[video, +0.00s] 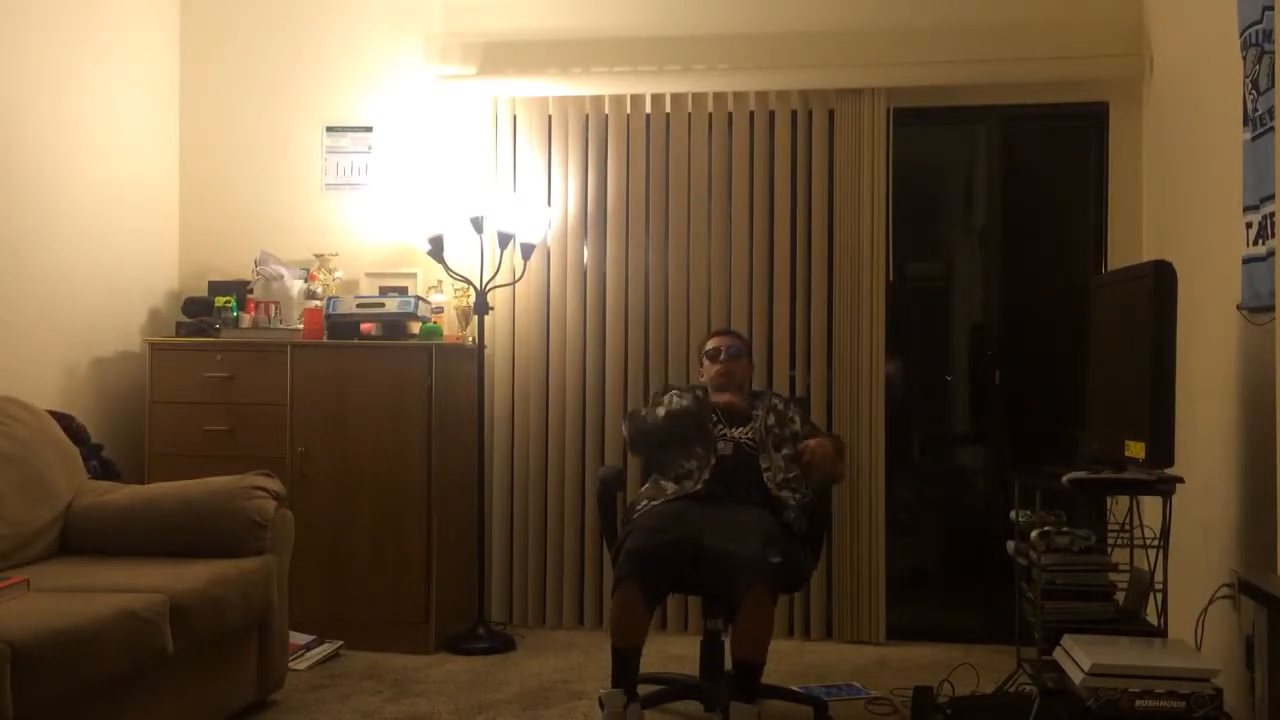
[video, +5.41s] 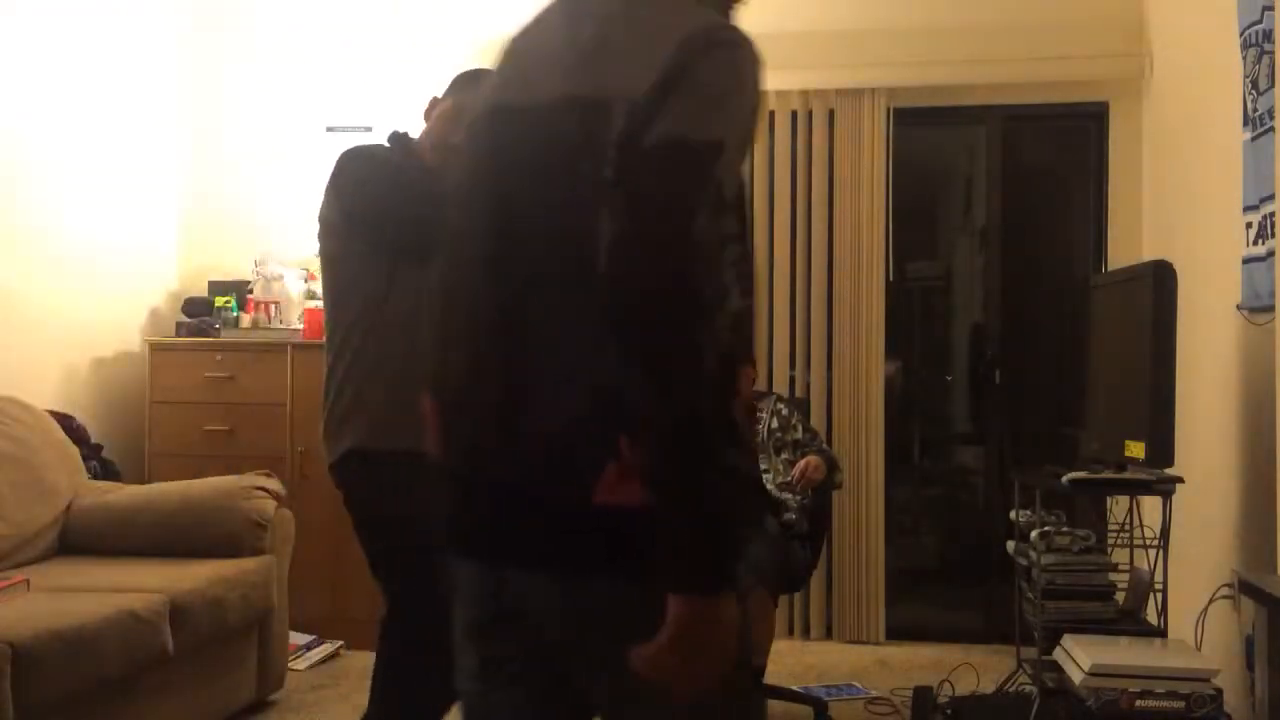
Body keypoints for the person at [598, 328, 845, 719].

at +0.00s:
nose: (722, 360)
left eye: (734, 354)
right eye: (713, 355)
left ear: (751, 367)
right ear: (701, 368)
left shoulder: (778, 408)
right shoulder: (678, 399)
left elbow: (822, 446)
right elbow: (636, 433)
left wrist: (825, 448)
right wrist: (706, 403)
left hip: (752, 507)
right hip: (677, 504)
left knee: (757, 577)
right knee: (637, 566)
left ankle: (745, 699)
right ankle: (622, 691)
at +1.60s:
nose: (743, 358)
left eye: (755, 356)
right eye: (735, 351)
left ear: (764, 380)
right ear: (716, 367)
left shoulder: (781, 415)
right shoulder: (674, 407)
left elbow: (825, 457)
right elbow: (632, 458)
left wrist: (820, 460)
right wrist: (690, 464)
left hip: (749, 509)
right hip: (673, 506)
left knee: (757, 577)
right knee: (638, 567)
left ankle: (746, 703)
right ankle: (621, 695)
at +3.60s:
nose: (729, 351)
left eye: (740, 349)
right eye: (720, 350)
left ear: (757, 372)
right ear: (708, 372)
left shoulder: (779, 412)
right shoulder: (674, 410)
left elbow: (823, 456)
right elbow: (638, 465)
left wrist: (819, 461)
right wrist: (689, 476)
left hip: (749, 507)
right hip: (673, 505)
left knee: (757, 577)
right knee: (637, 570)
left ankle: (745, 703)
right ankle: (621, 694)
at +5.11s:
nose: (722, 354)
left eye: (733, 349)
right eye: (714, 353)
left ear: (752, 370)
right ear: (704, 374)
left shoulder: (780, 411)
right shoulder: (674, 407)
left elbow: (826, 463)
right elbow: (643, 469)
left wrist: (819, 460)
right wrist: (690, 477)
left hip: (749, 508)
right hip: (675, 506)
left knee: (757, 580)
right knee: (634, 572)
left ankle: (745, 704)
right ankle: (637, 693)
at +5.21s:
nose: (722, 358)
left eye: (731, 352)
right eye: (715, 355)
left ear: (752, 369)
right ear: (708, 370)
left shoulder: (773, 407)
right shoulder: (694, 406)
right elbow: (667, 459)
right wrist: (694, 477)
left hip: (758, 511)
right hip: (695, 511)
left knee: (756, 584)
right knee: (681, 578)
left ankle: (746, 698)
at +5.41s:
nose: (742, 379)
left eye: (747, 371)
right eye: (734, 371)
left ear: (754, 374)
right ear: (720, 376)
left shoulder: (777, 412)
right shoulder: (706, 420)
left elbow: (825, 459)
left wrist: (819, 462)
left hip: (781, 532)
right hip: (725, 533)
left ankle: (752, 684)